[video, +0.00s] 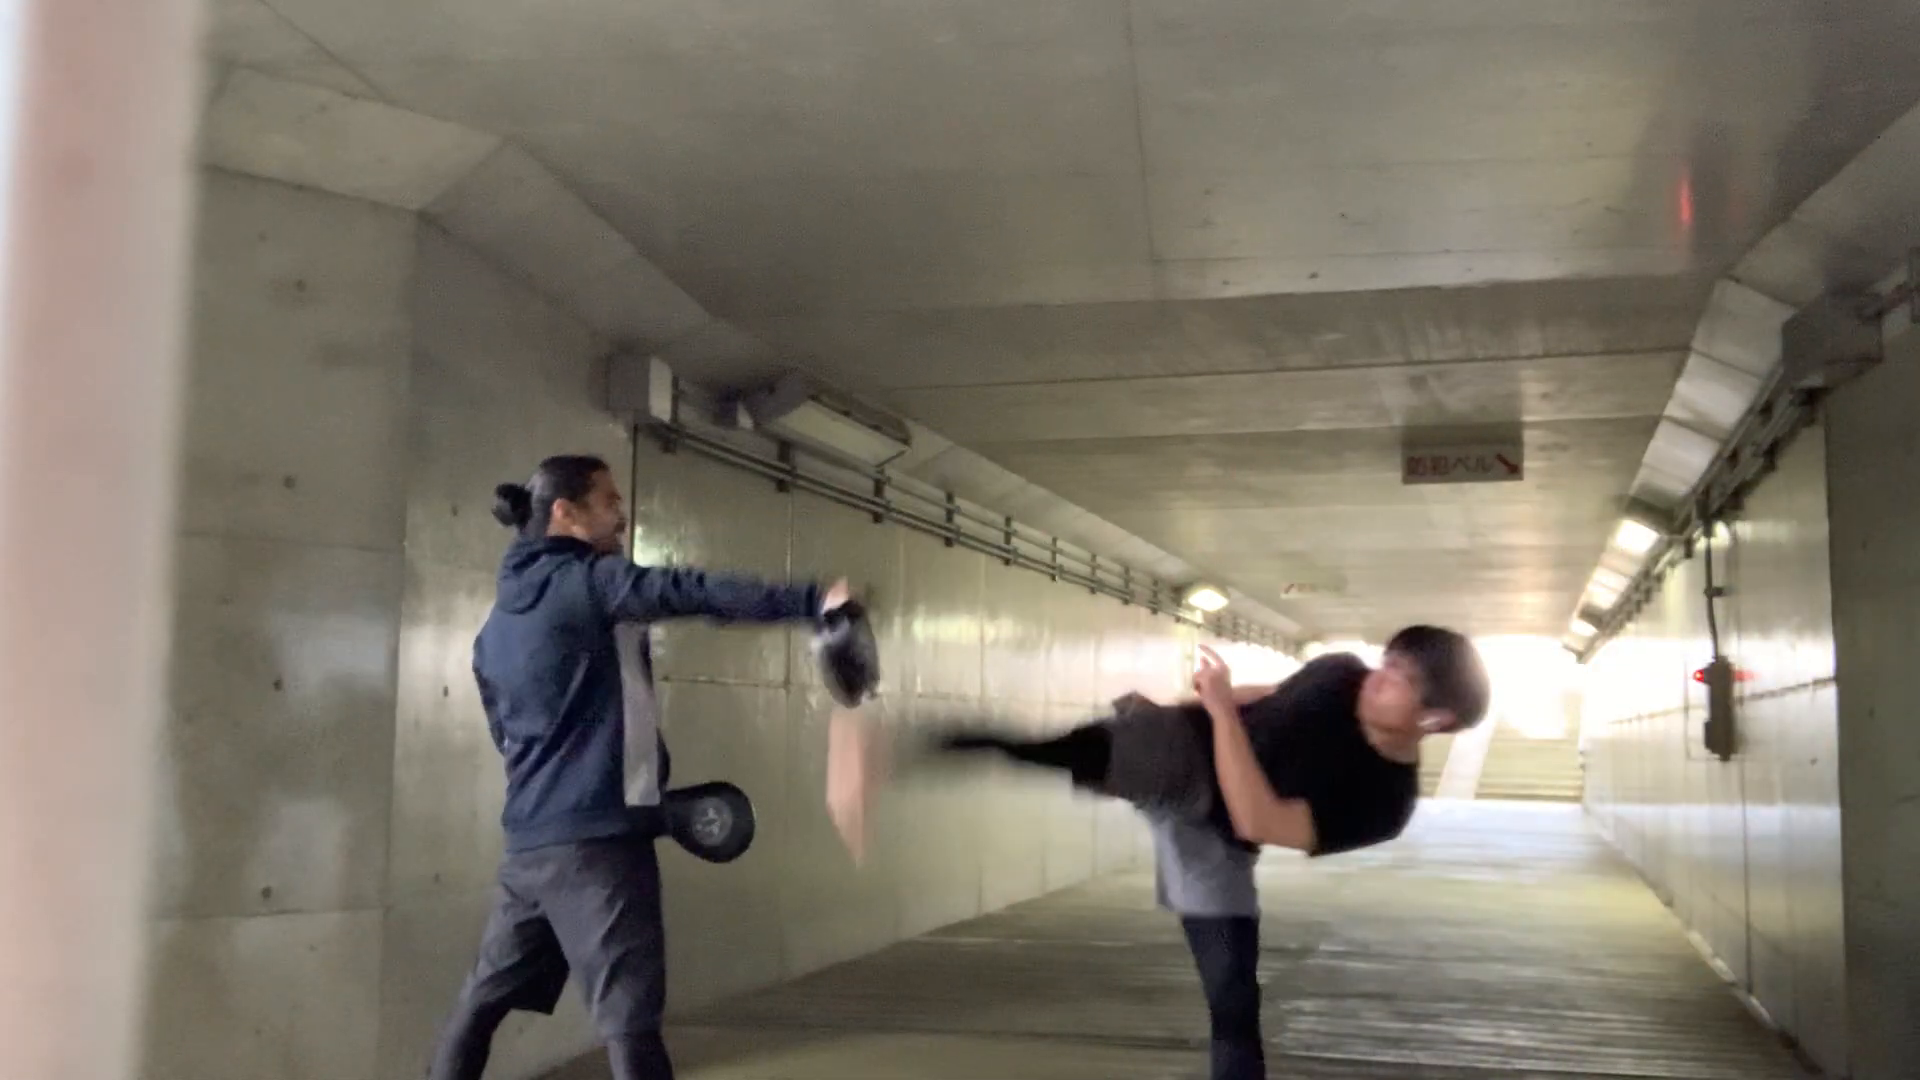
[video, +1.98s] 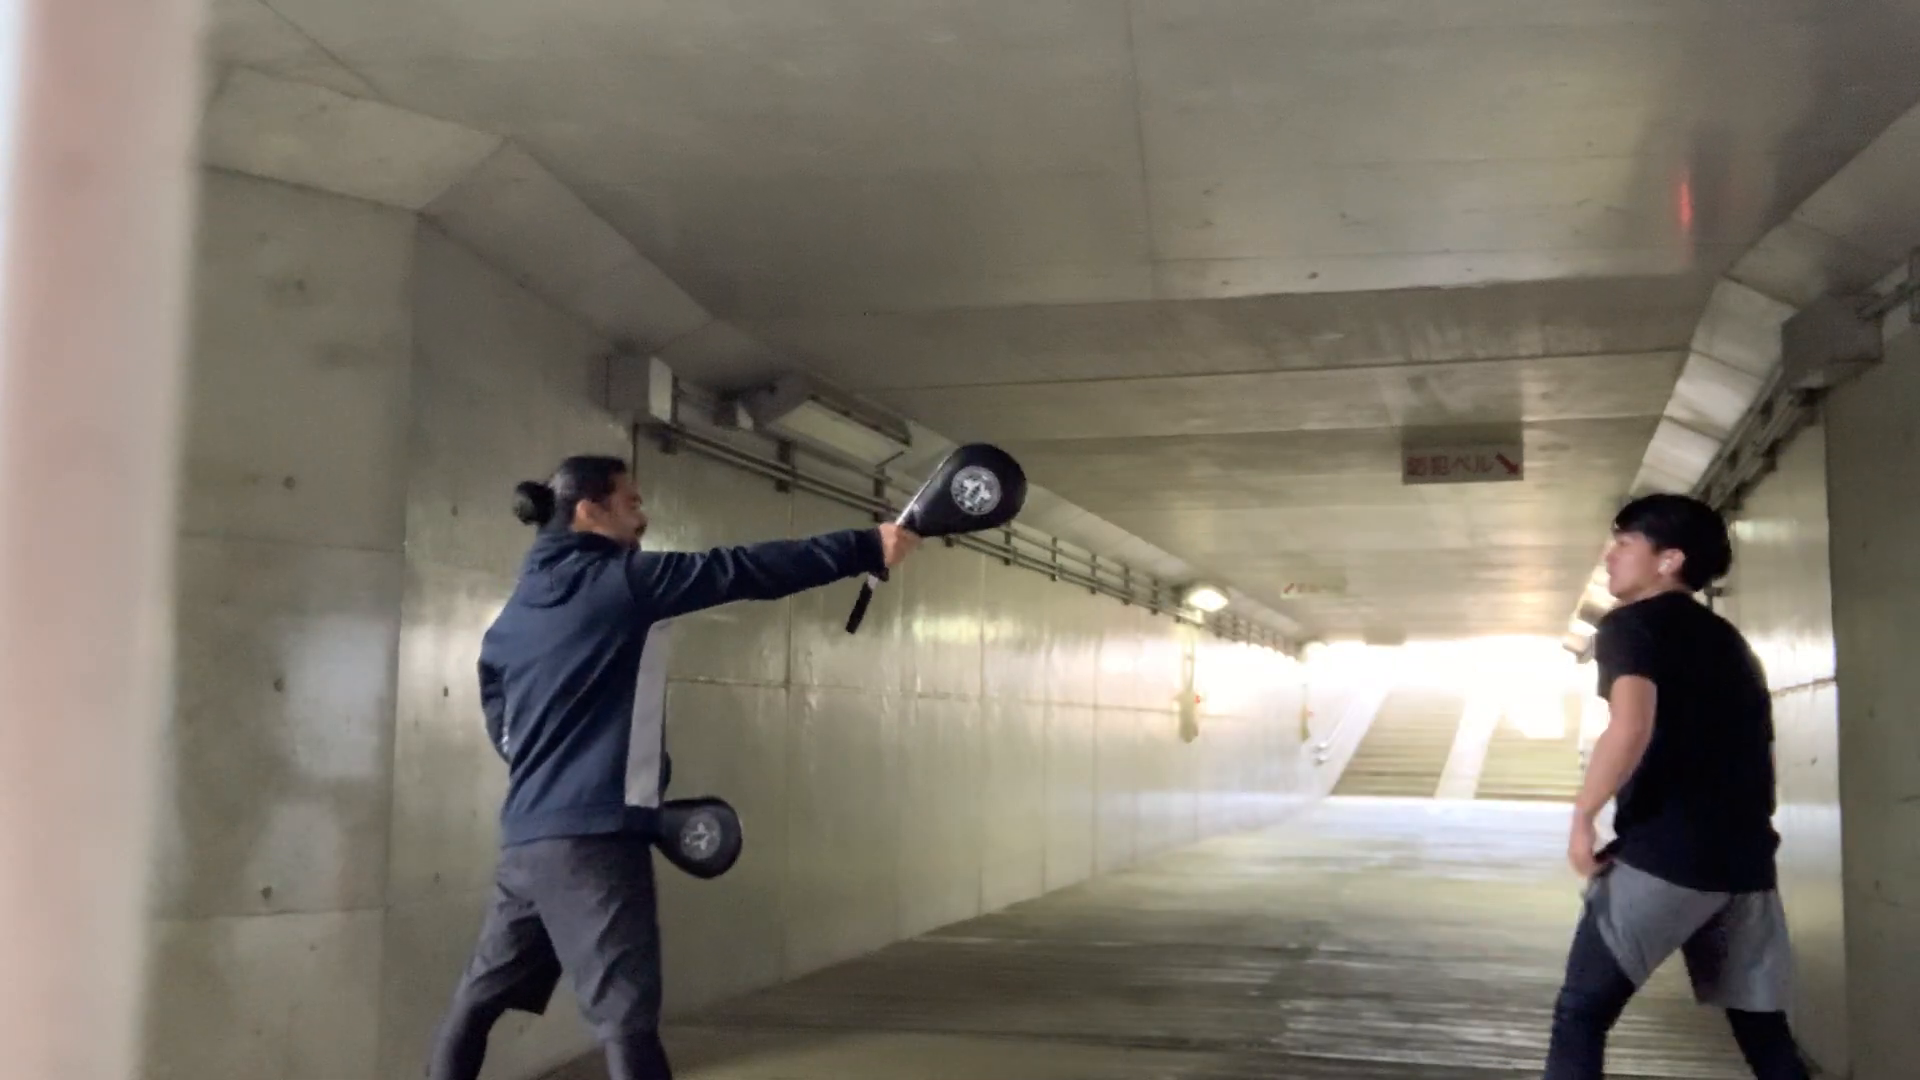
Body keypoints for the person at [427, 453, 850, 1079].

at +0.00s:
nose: (623, 516)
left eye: (620, 503)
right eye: (611, 503)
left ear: (556, 517)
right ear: (564, 512)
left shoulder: (493, 631)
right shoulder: (591, 581)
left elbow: (520, 748)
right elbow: (695, 589)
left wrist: (647, 799)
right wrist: (812, 600)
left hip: (528, 845)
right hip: (596, 841)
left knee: (478, 1008)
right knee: (630, 1027)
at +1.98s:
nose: (642, 514)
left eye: (637, 501)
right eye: (630, 501)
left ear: (579, 512)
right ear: (588, 510)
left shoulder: (507, 623)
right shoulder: (623, 577)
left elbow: (510, 738)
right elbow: (741, 570)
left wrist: (613, 793)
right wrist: (869, 546)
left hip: (529, 836)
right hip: (590, 834)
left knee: (474, 1004)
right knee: (626, 1023)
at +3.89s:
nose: (652, 522)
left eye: (650, 507)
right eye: (641, 508)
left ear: (590, 518)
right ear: (597, 515)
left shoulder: (515, 625)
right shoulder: (622, 580)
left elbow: (523, 739)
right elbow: (734, 575)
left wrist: (638, 792)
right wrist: (844, 555)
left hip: (534, 838)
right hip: (599, 836)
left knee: (480, 1003)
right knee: (633, 1023)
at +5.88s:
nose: (634, 519)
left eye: (631, 506)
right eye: (623, 506)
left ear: (568, 517)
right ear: (579, 512)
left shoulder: (501, 633)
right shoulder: (612, 578)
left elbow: (526, 747)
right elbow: (731, 572)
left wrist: (638, 785)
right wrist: (855, 545)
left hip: (531, 841)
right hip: (596, 840)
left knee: (477, 1008)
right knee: (628, 1029)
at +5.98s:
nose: (634, 517)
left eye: (630, 504)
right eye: (623, 504)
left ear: (568, 517)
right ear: (578, 513)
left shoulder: (501, 633)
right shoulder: (611, 578)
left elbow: (526, 747)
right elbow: (731, 572)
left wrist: (637, 785)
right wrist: (855, 546)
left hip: (532, 841)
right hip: (595, 841)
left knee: (477, 1009)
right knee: (628, 1029)